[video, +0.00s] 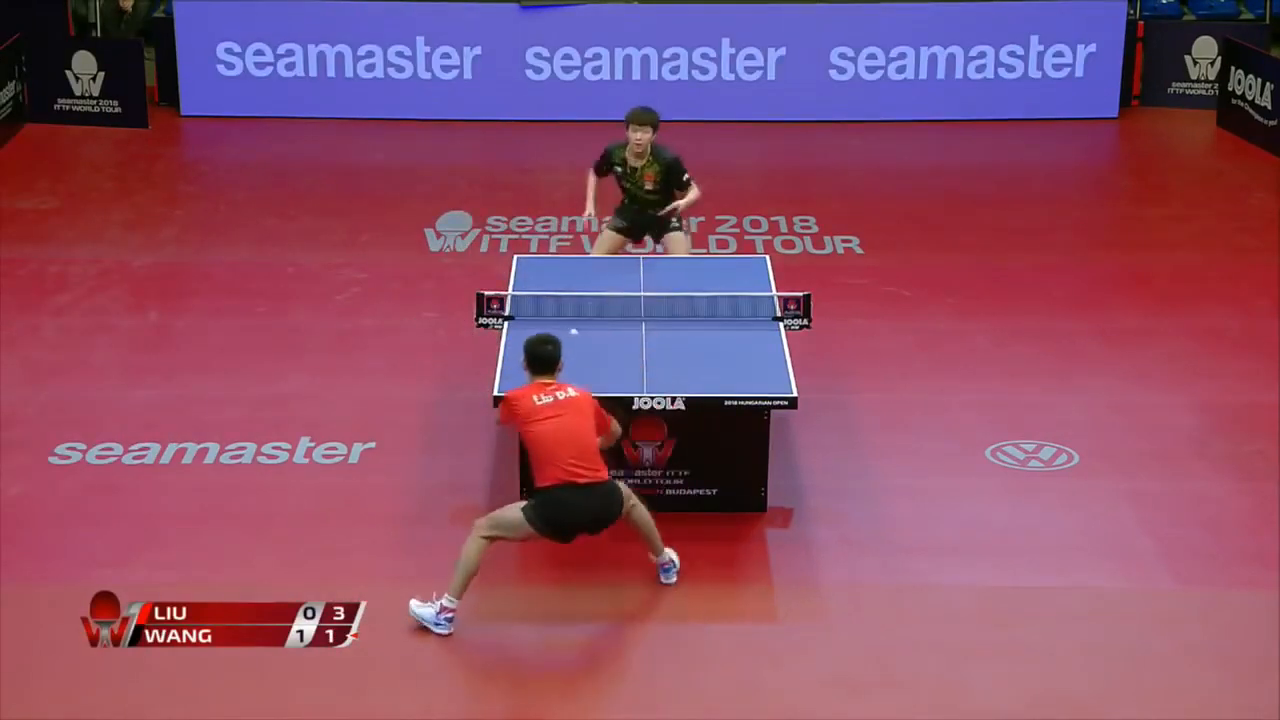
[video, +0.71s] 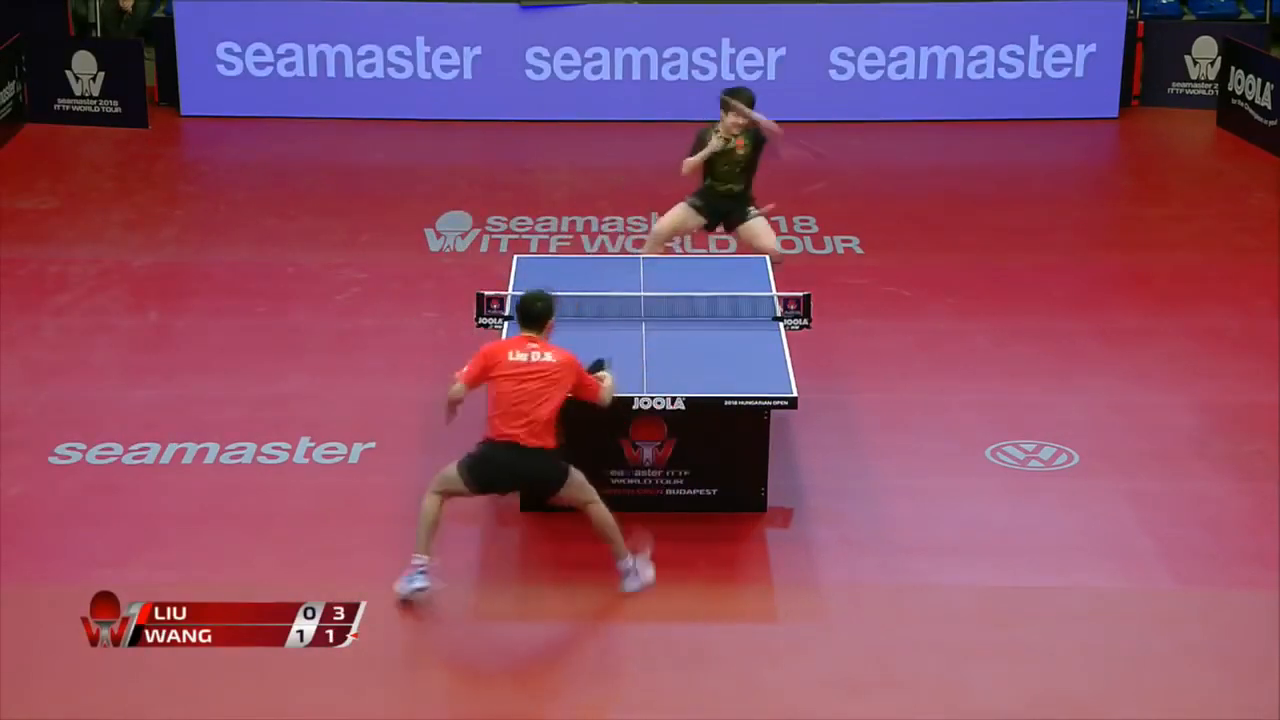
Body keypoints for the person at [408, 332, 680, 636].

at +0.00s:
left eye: (528, 361)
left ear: (526, 365)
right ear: (560, 365)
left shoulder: (514, 401)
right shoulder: (583, 397)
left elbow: (503, 421)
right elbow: (614, 431)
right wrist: (590, 447)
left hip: (555, 506)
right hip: (601, 502)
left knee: (484, 528)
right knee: (627, 497)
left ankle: (445, 609)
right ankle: (665, 560)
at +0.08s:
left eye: (531, 357)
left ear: (530, 360)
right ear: (563, 357)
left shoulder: (527, 396)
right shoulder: (591, 384)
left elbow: (512, 431)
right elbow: (620, 405)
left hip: (578, 494)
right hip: (621, 488)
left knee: (508, 534)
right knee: (637, 490)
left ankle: (453, 609)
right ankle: (668, 561)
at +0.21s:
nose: (533, 346)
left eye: (533, 341)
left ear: (536, 344)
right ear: (567, 337)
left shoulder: (548, 377)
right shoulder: (594, 353)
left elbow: (542, 430)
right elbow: (602, 345)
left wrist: (519, 448)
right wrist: (597, 327)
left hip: (585, 463)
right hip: (624, 458)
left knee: (534, 536)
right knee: (647, 490)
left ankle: (475, 607)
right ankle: (668, 560)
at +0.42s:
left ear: (542, 304)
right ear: (574, 303)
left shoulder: (543, 340)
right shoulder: (596, 335)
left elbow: (536, 397)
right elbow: (616, 385)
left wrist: (524, 441)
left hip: (558, 443)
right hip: (598, 439)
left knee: (502, 505)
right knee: (603, 469)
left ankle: (489, 591)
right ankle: (624, 535)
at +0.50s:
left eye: (538, 311)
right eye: (564, 310)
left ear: (536, 314)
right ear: (568, 314)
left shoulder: (533, 351)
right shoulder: (591, 351)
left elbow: (517, 394)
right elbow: (620, 398)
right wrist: (623, 387)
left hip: (554, 455)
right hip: (595, 451)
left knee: (487, 500)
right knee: (590, 479)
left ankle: (458, 586)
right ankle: (616, 543)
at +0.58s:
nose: (561, 318)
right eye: (561, 314)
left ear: (528, 317)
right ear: (560, 319)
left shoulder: (515, 354)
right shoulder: (581, 359)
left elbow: (475, 378)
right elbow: (617, 398)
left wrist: (445, 376)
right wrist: (623, 384)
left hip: (532, 462)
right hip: (575, 460)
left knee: (467, 498)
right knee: (589, 481)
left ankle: (451, 585)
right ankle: (617, 543)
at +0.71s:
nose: (550, 323)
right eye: (551, 319)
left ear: (518, 319)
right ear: (549, 323)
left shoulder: (495, 352)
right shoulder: (565, 361)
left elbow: (456, 394)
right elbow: (603, 397)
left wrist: (450, 412)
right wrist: (607, 378)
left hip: (495, 458)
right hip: (541, 462)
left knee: (437, 490)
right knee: (590, 501)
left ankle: (419, 568)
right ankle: (628, 567)